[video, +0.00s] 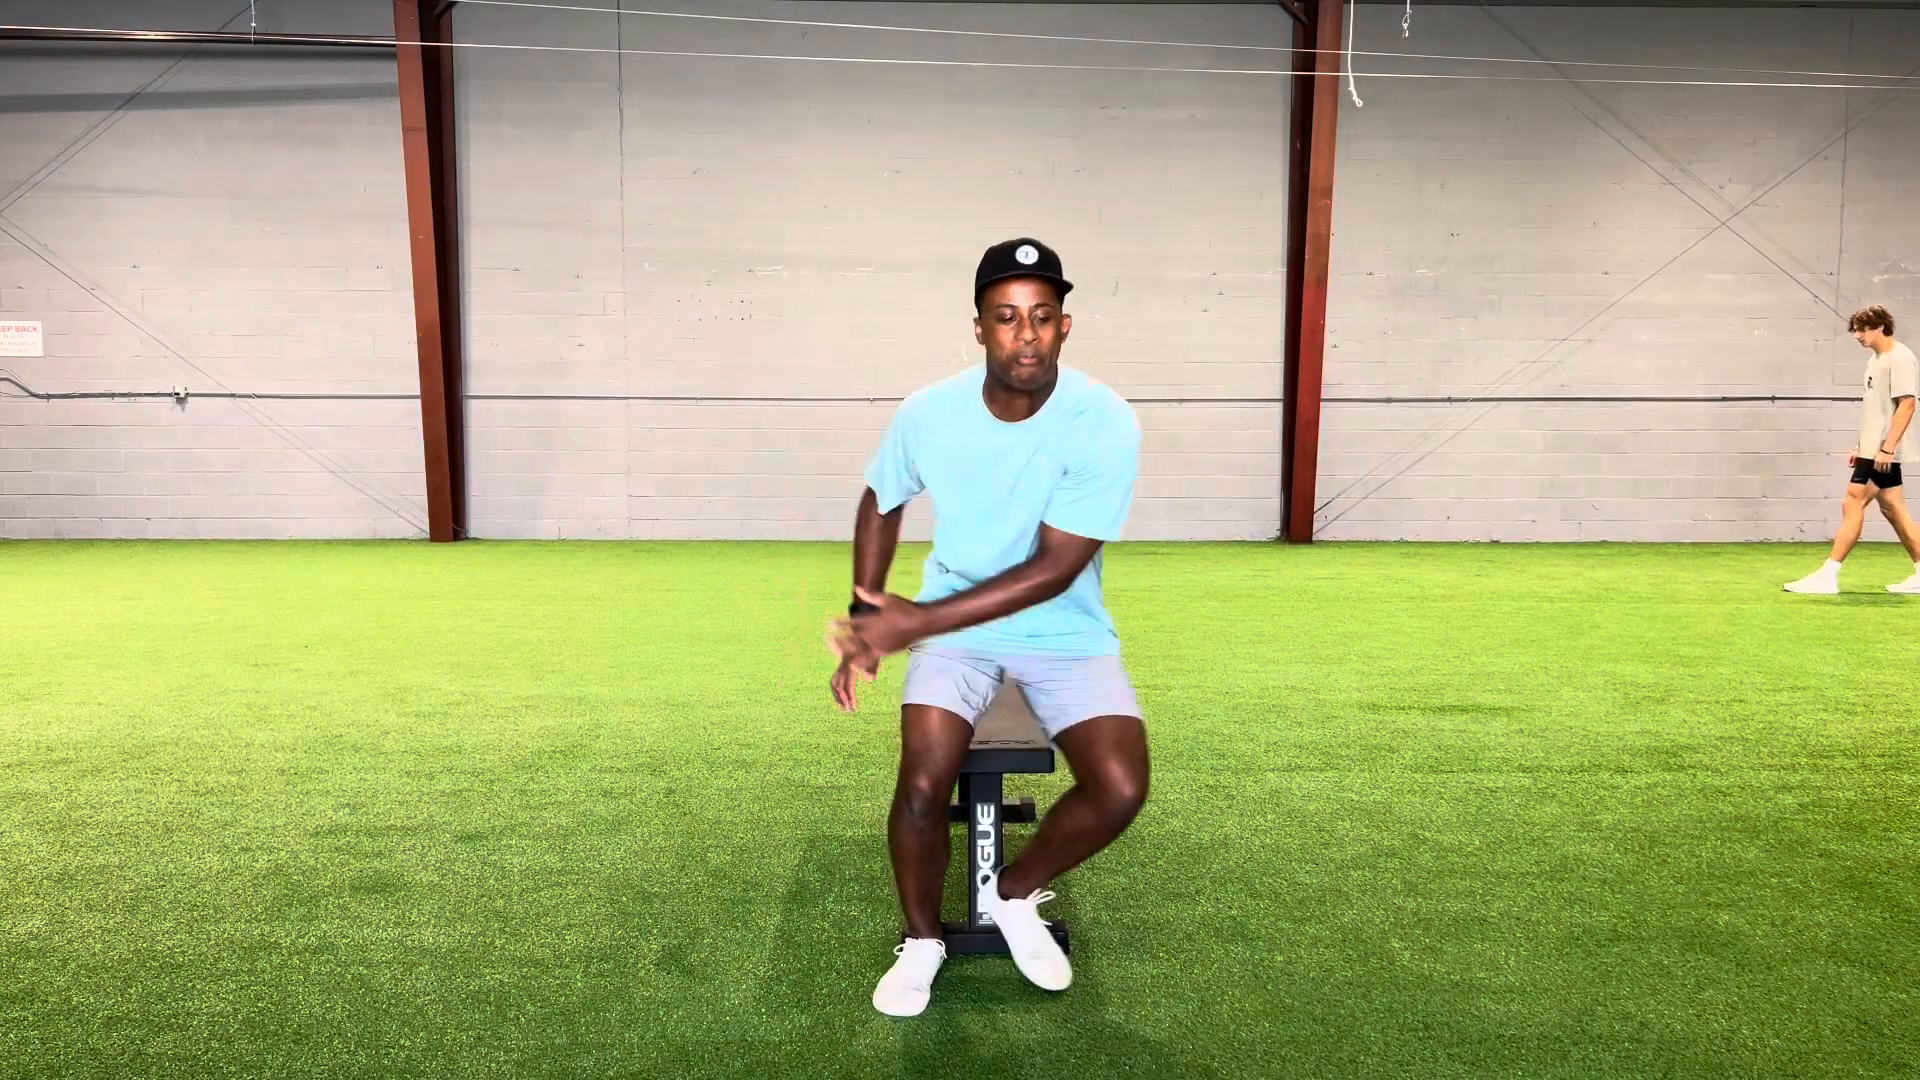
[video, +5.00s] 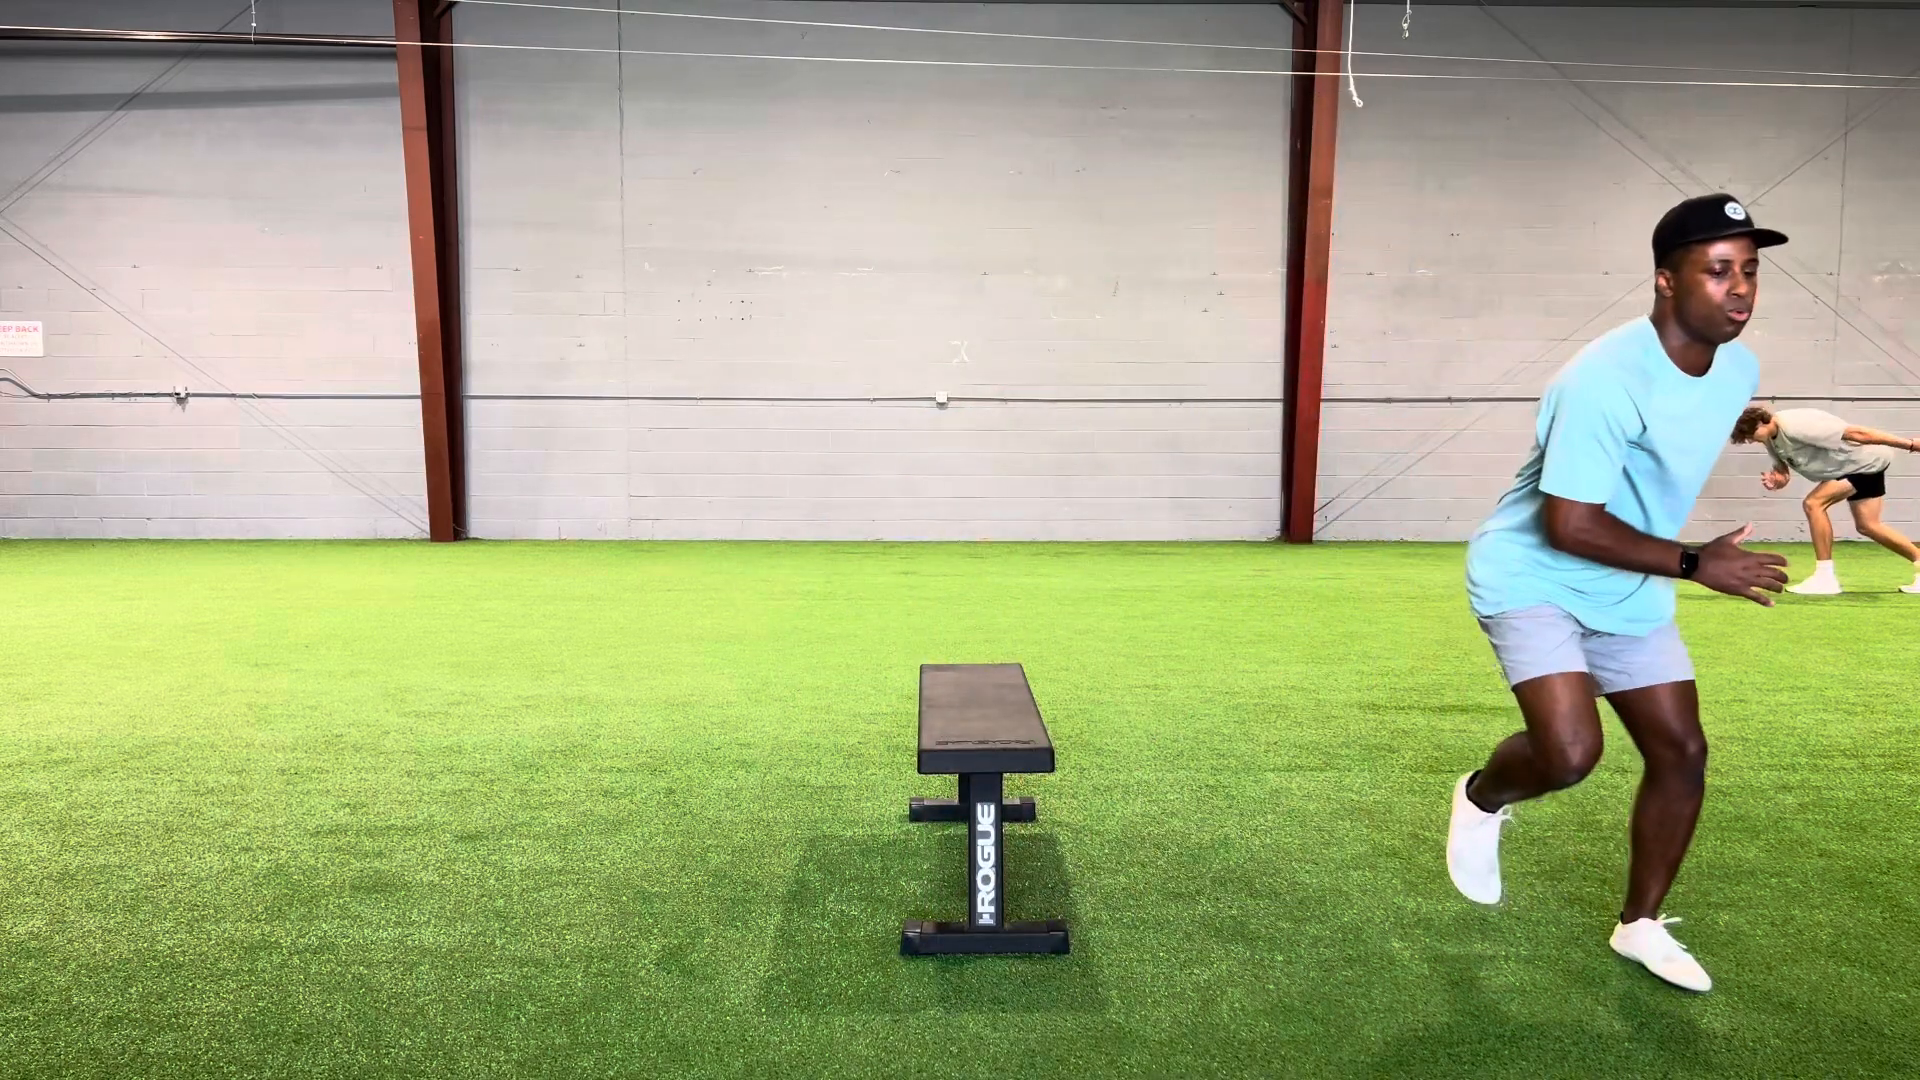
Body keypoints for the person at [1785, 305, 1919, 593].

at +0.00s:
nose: (1858, 337)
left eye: (1862, 330)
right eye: (1856, 332)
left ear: (1879, 328)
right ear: (1870, 332)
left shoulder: (1900, 357)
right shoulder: (1875, 359)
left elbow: (1907, 405)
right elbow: (1874, 410)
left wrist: (1888, 448)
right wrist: (1860, 447)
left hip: (1882, 449)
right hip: (1873, 449)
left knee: (1853, 504)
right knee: (1893, 508)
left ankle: (1828, 574)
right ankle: (1919, 570)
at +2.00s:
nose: (1851, 347)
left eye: (1852, 340)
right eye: (1848, 342)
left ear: (1867, 332)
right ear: (1864, 335)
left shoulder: (1895, 357)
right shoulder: (1874, 359)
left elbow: (1903, 407)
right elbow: (1872, 410)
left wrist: (1876, 448)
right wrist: (1860, 448)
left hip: (1883, 452)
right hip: (1876, 452)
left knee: (1851, 504)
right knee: (1892, 509)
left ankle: (1828, 574)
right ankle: (1919, 570)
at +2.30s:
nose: (1836, 348)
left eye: (1839, 341)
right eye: (1831, 345)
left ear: (1852, 336)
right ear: (1829, 347)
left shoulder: (1873, 361)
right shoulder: (1843, 369)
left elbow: (1884, 409)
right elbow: (1848, 412)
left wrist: (1857, 450)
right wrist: (1837, 445)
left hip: (1881, 450)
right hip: (1871, 450)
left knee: (1841, 501)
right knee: (1894, 511)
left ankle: (1826, 574)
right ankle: (1919, 571)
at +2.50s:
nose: (1808, 361)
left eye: (1811, 354)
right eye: (1803, 358)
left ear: (1825, 347)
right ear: (1801, 358)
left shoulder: (1845, 370)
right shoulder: (1816, 378)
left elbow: (1858, 418)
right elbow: (1823, 416)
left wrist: (1843, 457)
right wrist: (1826, 449)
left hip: (1875, 448)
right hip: (1866, 449)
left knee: (1837, 501)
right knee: (1889, 509)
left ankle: (1826, 574)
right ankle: (1919, 567)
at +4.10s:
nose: (1775, 384)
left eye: (1777, 377)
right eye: (1772, 379)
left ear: (1792, 370)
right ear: (1788, 373)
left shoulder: (1823, 386)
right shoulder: (1796, 396)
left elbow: (1850, 427)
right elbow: (1811, 431)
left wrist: (1835, 471)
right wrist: (1814, 463)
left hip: (1869, 454)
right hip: (1863, 456)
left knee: (1822, 502)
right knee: (1885, 514)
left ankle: (1826, 576)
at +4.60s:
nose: (1762, 408)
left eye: (1760, 403)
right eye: (1758, 405)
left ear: (1770, 391)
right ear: (1769, 394)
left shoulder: (1807, 399)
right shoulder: (1784, 414)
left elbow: (1847, 430)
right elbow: (1800, 445)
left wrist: (1875, 470)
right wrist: (1796, 469)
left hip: (1862, 462)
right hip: (1853, 462)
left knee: (1817, 503)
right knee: (1881, 518)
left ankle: (1825, 577)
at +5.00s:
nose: (1753, 441)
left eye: (1751, 436)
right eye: (1749, 439)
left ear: (1760, 423)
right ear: (1757, 426)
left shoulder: (1795, 428)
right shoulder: (1771, 437)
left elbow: (1855, 434)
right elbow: (1782, 469)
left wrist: (1908, 444)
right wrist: (1777, 481)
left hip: (1864, 463)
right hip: (1861, 464)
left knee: (1814, 504)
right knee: (1868, 525)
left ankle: (1825, 577)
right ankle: (1919, 559)